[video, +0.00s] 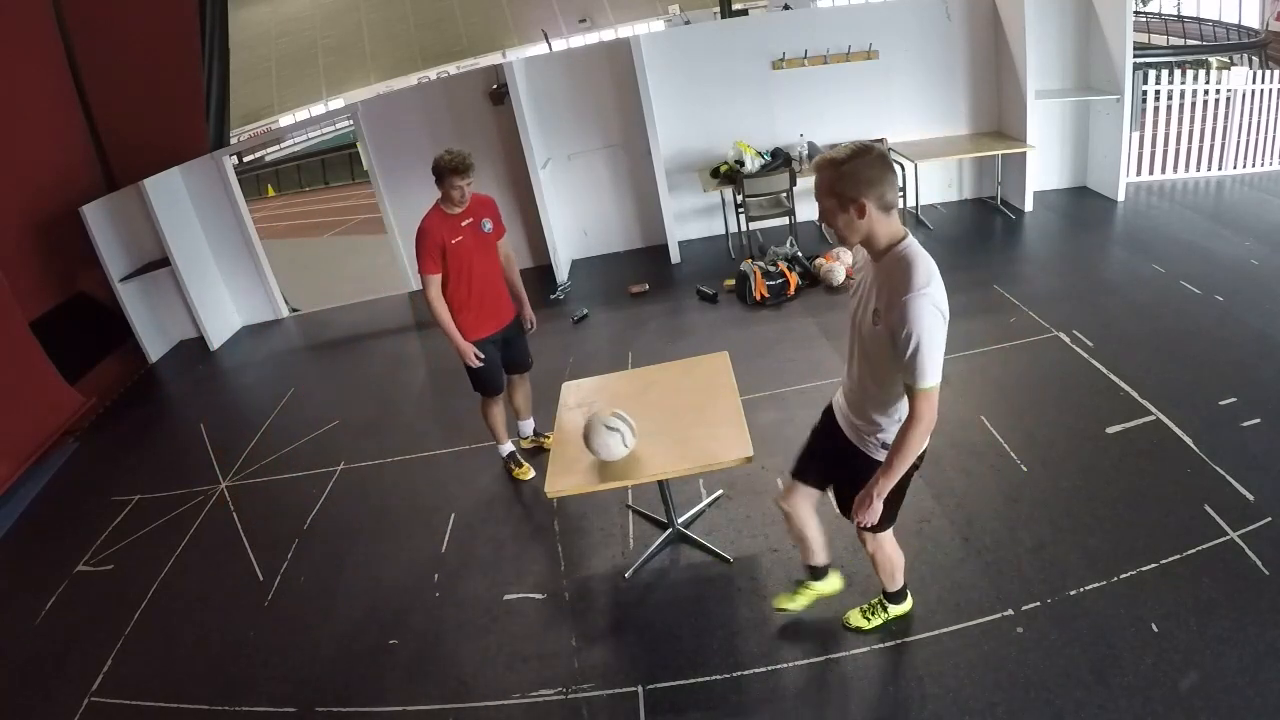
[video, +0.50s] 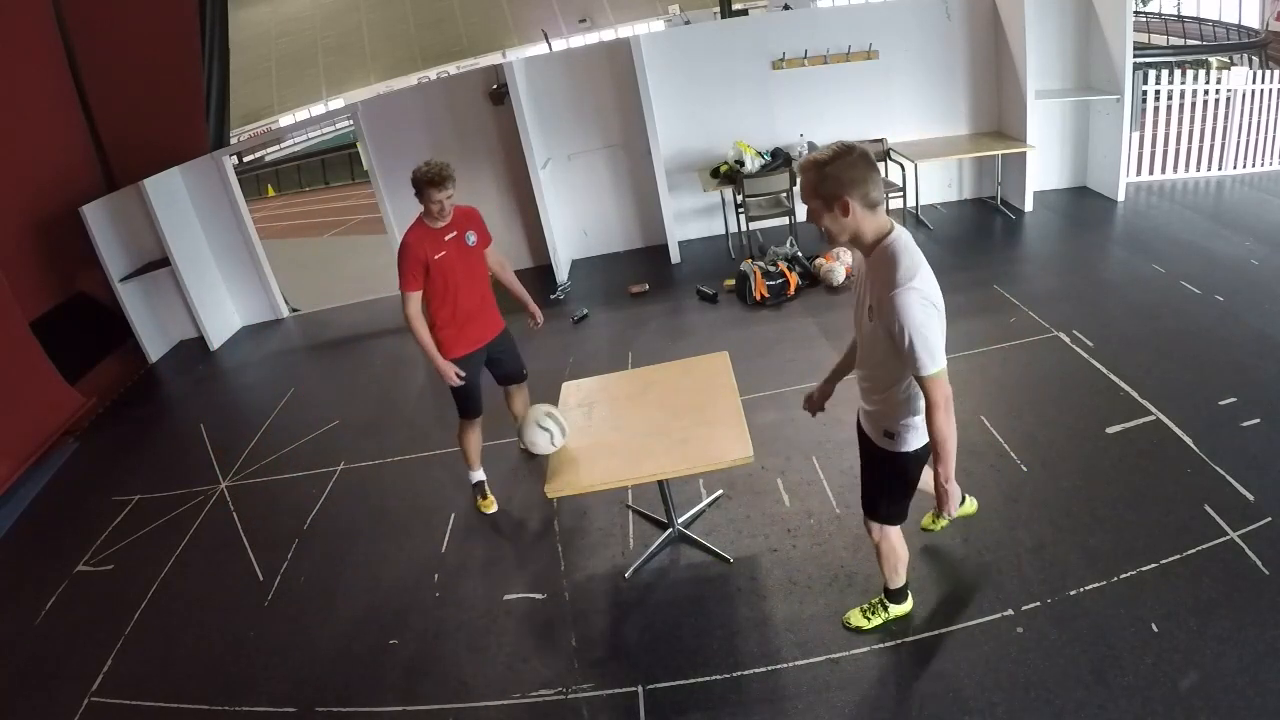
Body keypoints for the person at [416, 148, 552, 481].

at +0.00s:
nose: (464, 192)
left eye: (467, 184)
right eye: (456, 187)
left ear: (471, 180)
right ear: (440, 186)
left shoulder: (485, 205)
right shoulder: (430, 230)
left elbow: (505, 256)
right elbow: (433, 294)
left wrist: (523, 301)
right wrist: (459, 343)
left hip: (507, 317)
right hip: (474, 333)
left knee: (520, 376)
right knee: (493, 394)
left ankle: (528, 435)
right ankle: (508, 453)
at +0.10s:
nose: (463, 194)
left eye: (466, 186)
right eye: (455, 189)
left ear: (470, 181)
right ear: (439, 187)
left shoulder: (484, 206)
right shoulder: (430, 230)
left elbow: (504, 257)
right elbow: (433, 294)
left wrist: (521, 303)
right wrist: (460, 343)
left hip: (506, 318)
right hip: (474, 333)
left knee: (519, 375)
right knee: (493, 394)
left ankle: (528, 435)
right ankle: (507, 453)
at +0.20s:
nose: (462, 195)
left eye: (465, 187)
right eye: (454, 190)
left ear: (470, 181)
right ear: (438, 188)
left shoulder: (485, 207)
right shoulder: (429, 230)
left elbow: (505, 259)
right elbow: (432, 295)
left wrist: (521, 306)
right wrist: (459, 344)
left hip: (504, 318)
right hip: (471, 332)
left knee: (519, 376)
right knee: (493, 393)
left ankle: (528, 435)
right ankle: (504, 454)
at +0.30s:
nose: (458, 198)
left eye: (462, 189)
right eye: (450, 193)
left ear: (467, 184)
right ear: (435, 190)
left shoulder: (483, 209)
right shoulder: (425, 233)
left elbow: (505, 260)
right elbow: (427, 296)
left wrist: (524, 306)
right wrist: (454, 345)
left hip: (502, 319)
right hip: (468, 334)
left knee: (518, 376)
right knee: (489, 399)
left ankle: (527, 435)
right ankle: (495, 460)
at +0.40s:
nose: (451, 201)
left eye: (455, 193)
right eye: (442, 196)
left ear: (461, 187)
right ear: (428, 194)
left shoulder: (477, 212)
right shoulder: (420, 238)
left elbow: (502, 261)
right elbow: (419, 301)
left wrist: (526, 302)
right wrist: (446, 350)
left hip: (499, 322)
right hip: (464, 341)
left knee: (517, 377)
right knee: (480, 408)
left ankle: (527, 439)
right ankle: (484, 472)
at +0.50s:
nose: (445, 207)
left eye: (448, 199)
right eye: (436, 202)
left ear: (454, 192)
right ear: (420, 200)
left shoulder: (469, 217)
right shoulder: (413, 245)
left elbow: (495, 262)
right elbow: (412, 311)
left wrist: (528, 301)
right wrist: (438, 362)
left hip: (494, 328)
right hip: (458, 348)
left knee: (517, 381)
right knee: (471, 417)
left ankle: (528, 437)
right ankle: (479, 481)